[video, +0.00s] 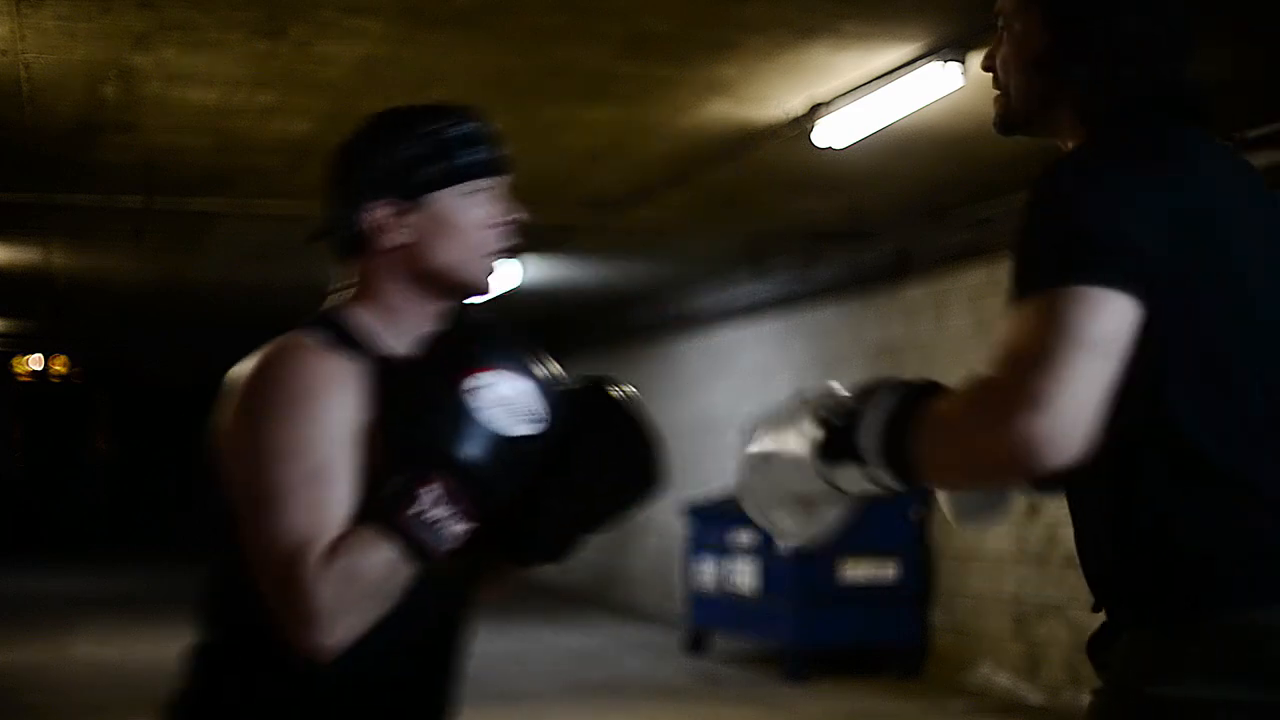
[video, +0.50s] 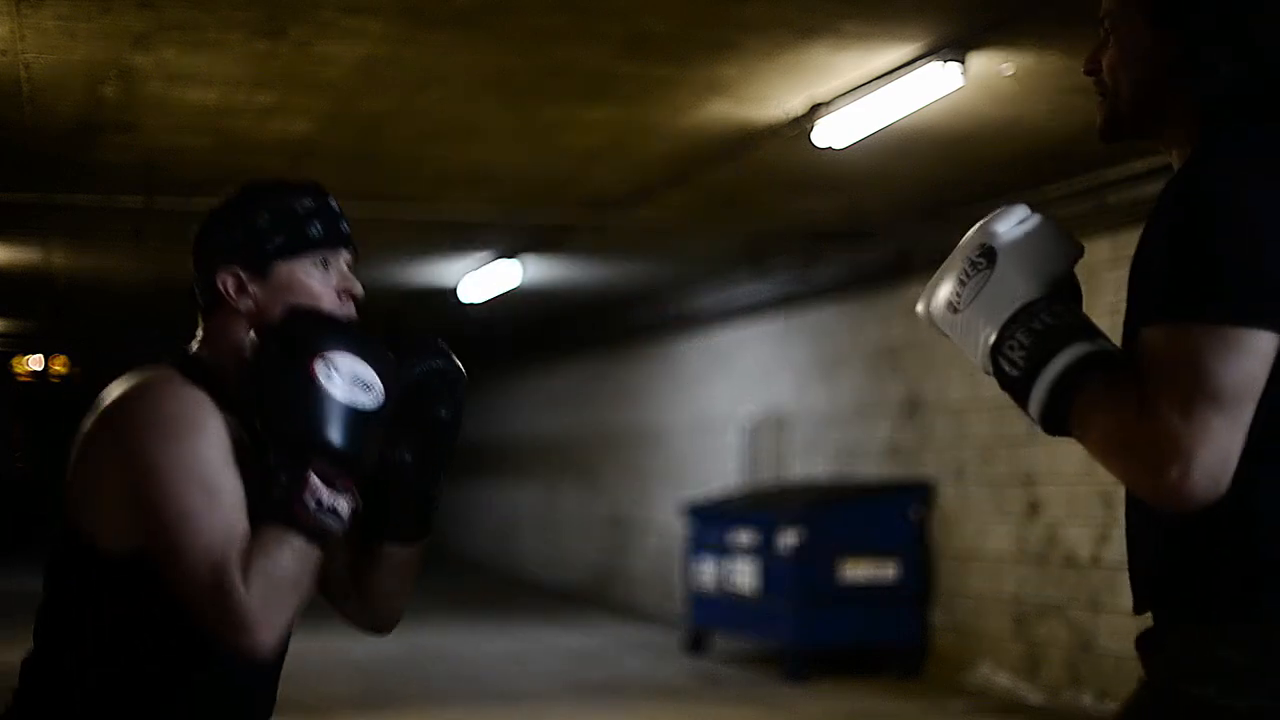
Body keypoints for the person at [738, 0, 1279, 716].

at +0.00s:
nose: (989, 60)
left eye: (1006, 30)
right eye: (996, 33)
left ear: (1062, 36)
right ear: (1115, 40)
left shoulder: (1108, 177)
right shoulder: (1217, 174)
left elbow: (1042, 428)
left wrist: (869, 431)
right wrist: (1004, 452)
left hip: (1198, 641)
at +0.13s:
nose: (1003, 55)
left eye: (1019, 29)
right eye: (1010, 31)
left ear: (1084, 35)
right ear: (1144, 39)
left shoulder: (1110, 180)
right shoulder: (1237, 172)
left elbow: (982, 425)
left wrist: (838, 370)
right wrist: (986, 352)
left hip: (1197, 641)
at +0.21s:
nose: (1028, 54)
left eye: (1048, 23)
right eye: (1035, 27)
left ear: (1115, 29)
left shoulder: (1141, 180)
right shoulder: (1238, 166)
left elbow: (1014, 434)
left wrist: (877, 339)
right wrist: (996, 316)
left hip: (1210, 643)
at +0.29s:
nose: (1055, 53)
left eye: (1076, 21)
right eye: (1063, 25)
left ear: (1142, 25)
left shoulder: (1182, 173)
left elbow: (1082, 448)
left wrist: (953, 332)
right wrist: (1025, 329)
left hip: (1227, 649)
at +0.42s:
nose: (1084, 60)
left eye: (1105, 26)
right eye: (1091, 31)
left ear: (1173, 27)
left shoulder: (1217, 181)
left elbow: (1163, 460)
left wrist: (1020, 330)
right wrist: (1056, 327)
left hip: (1239, 652)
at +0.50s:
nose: (1092, 63)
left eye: (1113, 30)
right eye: (1102, 34)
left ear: (1184, 33)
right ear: (1182, 41)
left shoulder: (1238, 178)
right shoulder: (1228, 177)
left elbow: (1184, 455)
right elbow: (1187, 447)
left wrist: (1026, 333)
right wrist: (1044, 328)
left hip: (1241, 658)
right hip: (1230, 649)